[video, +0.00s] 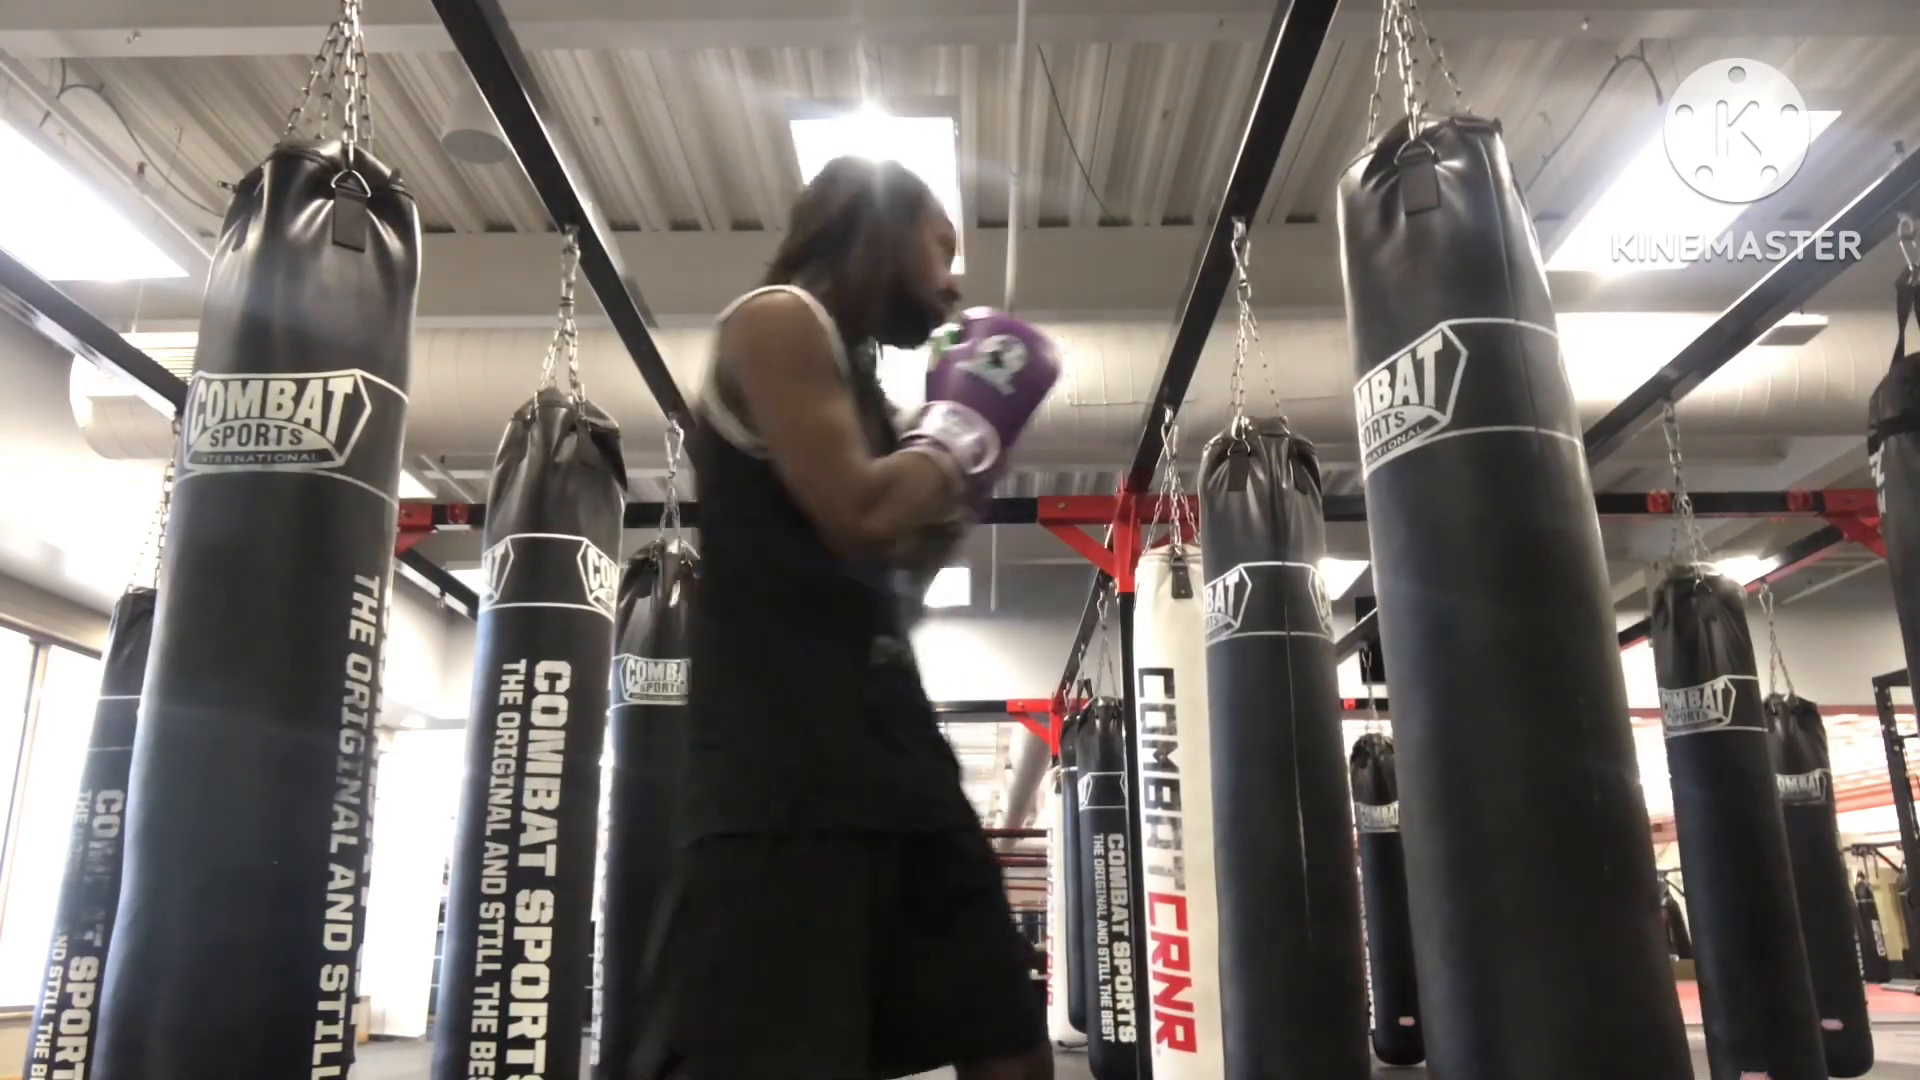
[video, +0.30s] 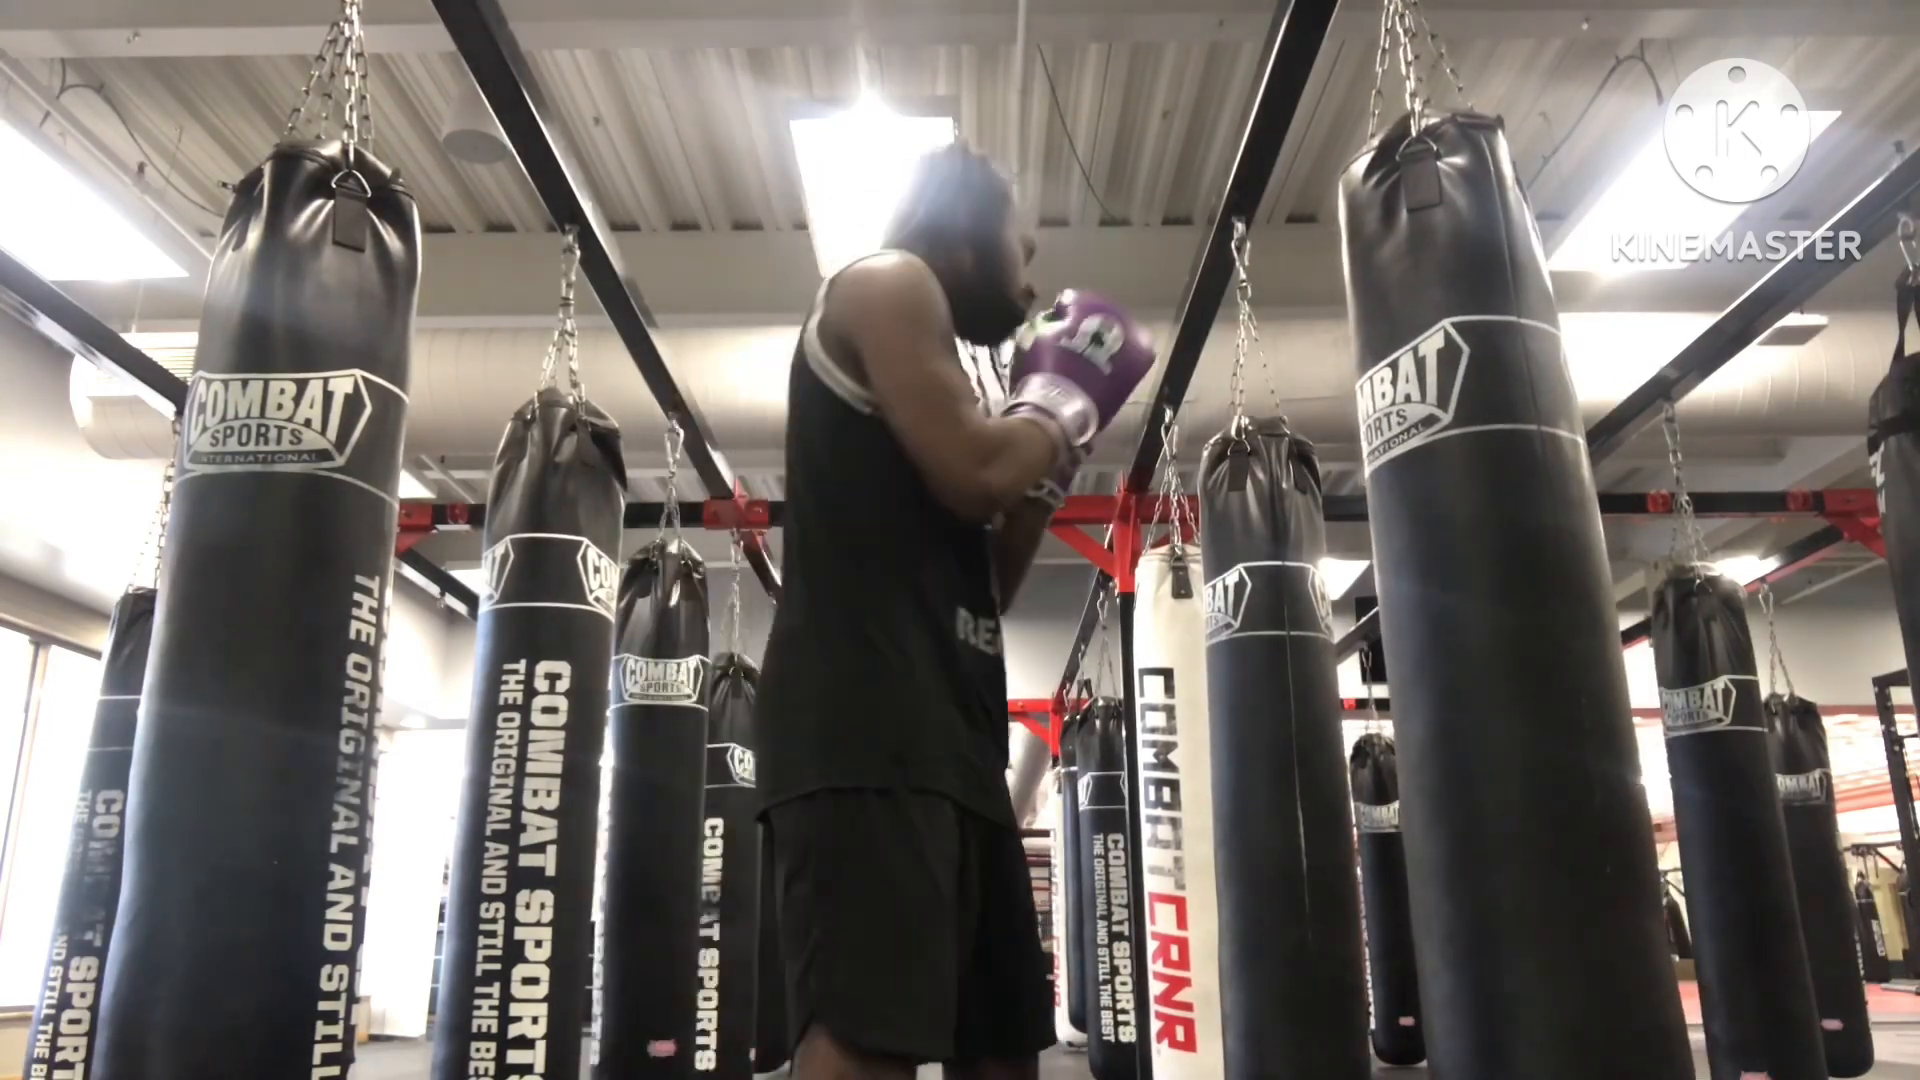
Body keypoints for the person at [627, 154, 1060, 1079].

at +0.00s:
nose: (954, 278)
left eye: (954, 253)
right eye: (942, 248)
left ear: (879, 245)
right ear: (878, 237)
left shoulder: (849, 373)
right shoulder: (776, 318)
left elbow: (912, 555)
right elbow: (860, 513)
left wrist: (964, 451)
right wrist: (960, 420)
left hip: (872, 734)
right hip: (790, 738)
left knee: (1003, 1031)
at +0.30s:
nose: (1032, 268)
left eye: (1029, 243)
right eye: (1019, 236)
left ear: (945, 231)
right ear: (963, 224)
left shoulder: (943, 362)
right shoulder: (885, 285)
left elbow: (990, 583)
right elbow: (974, 470)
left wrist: (1046, 453)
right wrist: (1062, 399)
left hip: (947, 749)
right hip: (865, 740)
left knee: (998, 1041)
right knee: (859, 1044)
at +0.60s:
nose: (1023, 224)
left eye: (1022, 198)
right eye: (1015, 193)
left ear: (900, 168)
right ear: (971, 178)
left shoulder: (851, 282)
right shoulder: (904, 239)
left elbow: (984, 494)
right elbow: (992, 475)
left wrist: (1073, 418)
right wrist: (1075, 408)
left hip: (844, 777)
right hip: (891, 776)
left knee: (886, 1043)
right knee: (941, 1041)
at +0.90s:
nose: (1016, 147)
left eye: (1013, 122)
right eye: (1006, 118)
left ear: (877, 116)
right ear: (962, 111)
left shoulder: (824, 260)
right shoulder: (910, 198)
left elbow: (908, 466)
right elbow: (996, 449)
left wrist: (1031, 384)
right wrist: (1083, 396)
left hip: (813, 762)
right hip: (890, 764)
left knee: (825, 1041)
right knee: (946, 1039)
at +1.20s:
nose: (1034, 162)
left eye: (1027, 139)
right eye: (1023, 137)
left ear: (903, 144)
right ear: (990, 138)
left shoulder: (889, 257)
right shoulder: (939, 227)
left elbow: (995, 457)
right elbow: (1013, 463)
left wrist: (1066, 400)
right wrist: (1104, 409)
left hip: (867, 758)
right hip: (916, 761)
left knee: (885, 1046)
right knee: (947, 1046)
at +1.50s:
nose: (1037, 172)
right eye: (1029, 148)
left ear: (897, 164)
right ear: (1003, 146)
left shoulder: (880, 298)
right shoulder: (961, 245)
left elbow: (987, 483)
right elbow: (1047, 482)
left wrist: (1100, 413)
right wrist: (1147, 430)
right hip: (931, 772)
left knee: (1086, 1045)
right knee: (954, 1052)